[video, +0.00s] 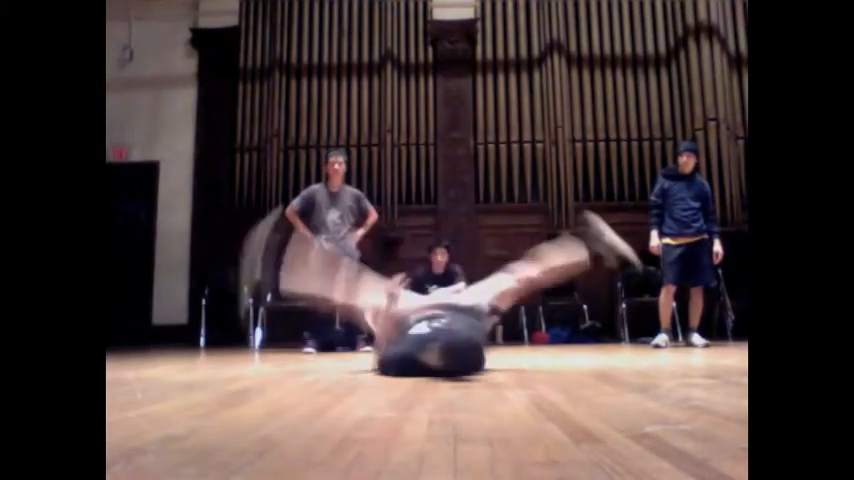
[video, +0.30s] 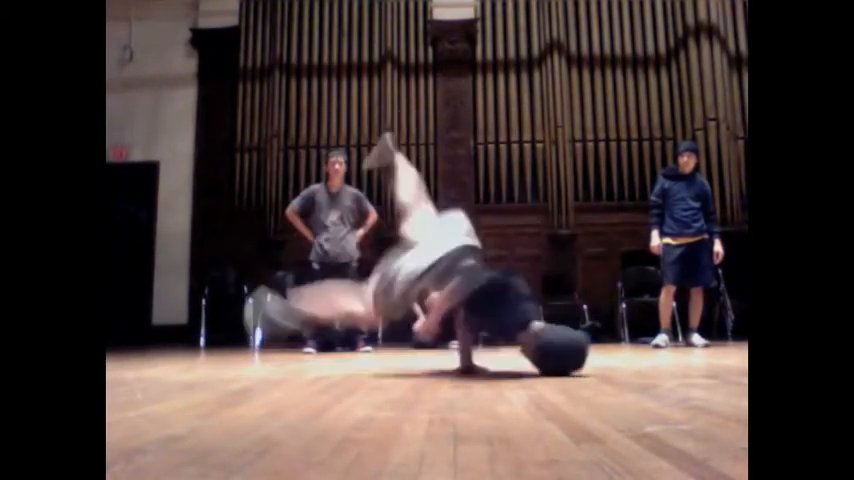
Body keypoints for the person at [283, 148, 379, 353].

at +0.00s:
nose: (336, 167)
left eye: (340, 164)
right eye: (333, 163)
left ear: (345, 168)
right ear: (326, 167)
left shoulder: (354, 194)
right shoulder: (314, 192)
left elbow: (373, 215)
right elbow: (290, 211)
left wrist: (358, 234)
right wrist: (309, 237)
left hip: (347, 252)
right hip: (320, 250)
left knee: (349, 297)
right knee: (318, 294)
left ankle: (358, 338)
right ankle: (312, 339)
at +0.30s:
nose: (336, 167)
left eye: (340, 163)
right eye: (333, 163)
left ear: (345, 168)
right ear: (326, 167)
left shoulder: (354, 194)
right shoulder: (314, 192)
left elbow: (373, 215)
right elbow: (291, 212)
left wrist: (359, 233)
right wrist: (311, 237)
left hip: (347, 253)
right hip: (322, 252)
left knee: (350, 297)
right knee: (316, 297)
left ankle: (358, 338)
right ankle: (313, 340)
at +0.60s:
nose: (336, 167)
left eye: (340, 163)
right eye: (333, 163)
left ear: (345, 168)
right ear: (326, 167)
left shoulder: (354, 194)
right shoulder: (314, 192)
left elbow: (373, 215)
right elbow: (291, 212)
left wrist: (358, 234)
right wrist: (311, 238)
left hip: (347, 254)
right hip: (322, 254)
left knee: (349, 298)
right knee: (320, 299)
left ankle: (355, 338)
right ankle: (321, 339)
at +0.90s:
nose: (337, 168)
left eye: (340, 164)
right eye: (334, 164)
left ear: (345, 168)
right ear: (327, 167)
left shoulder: (354, 195)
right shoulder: (314, 192)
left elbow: (373, 214)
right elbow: (290, 212)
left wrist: (363, 233)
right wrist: (302, 236)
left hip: (348, 253)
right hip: (318, 252)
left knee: (350, 298)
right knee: (321, 297)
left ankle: (354, 339)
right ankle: (316, 340)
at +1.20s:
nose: (337, 167)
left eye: (341, 163)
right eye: (334, 163)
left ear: (346, 167)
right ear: (326, 167)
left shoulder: (354, 194)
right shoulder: (314, 192)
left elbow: (373, 214)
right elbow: (290, 211)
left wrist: (360, 234)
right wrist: (307, 233)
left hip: (350, 259)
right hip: (318, 257)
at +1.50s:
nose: (337, 167)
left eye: (340, 164)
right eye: (334, 163)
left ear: (345, 167)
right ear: (327, 167)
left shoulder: (354, 194)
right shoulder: (314, 192)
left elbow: (373, 214)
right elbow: (291, 212)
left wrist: (360, 233)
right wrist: (310, 236)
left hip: (349, 253)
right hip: (322, 252)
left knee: (357, 293)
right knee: (314, 294)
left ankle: (359, 338)